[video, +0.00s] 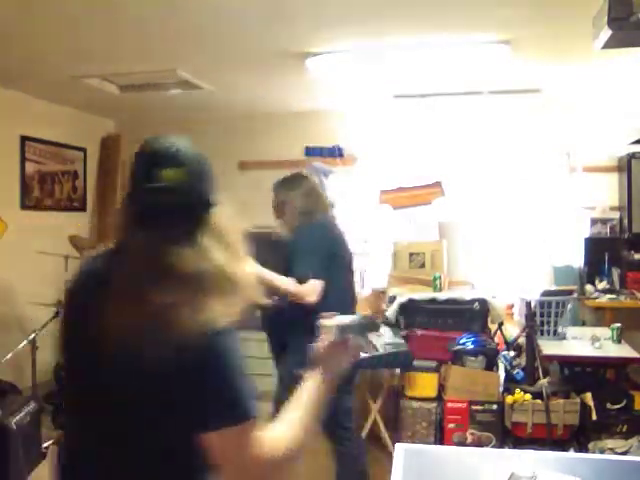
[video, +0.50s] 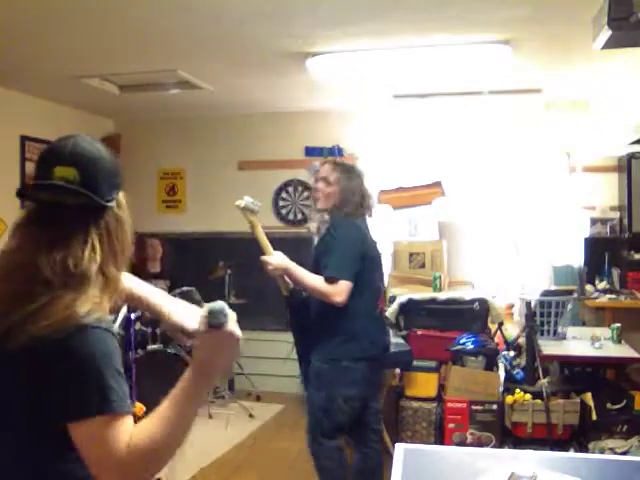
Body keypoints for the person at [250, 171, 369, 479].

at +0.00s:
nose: (277, 214)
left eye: (280, 205)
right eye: (277, 206)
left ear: (297, 202)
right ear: (308, 200)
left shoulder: (312, 231)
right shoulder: (326, 230)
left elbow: (310, 293)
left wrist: (259, 273)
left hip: (314, 344)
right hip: (336, 341)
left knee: (284, 426)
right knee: (342, 426)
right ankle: (354, 472)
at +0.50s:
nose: (316, 187)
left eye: (325, 182)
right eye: (316, 181)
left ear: (346, 189)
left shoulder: (343, 230)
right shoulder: (353, 228)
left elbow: (338, 293)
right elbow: (329, 292)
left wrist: (288, 266)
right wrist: (289, 280)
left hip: (342, 354)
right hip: (365, 351)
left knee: (324, 440)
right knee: (367, 437)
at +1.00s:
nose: (307, 199)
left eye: (314, 192)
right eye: (308, 192)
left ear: (333, 196)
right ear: (339, 197)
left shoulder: (333, 228)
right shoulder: (362, 231)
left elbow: (329, 284)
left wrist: (279, 271)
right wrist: (286, 285)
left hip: (347, 356)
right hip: (378, 353)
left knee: (333, 442)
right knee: (372, 436)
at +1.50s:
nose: (340, 204)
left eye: (344, 197)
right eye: (340, 198)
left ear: (361, 198)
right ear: (371, 200)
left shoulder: (364, 225)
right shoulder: (389, 233)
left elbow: (361, 275)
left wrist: (309, 267)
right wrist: (320, 280)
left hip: (356, 346)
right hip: (385, 347)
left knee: (325, 423)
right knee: (373, 429)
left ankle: (323, 474)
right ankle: (377, 476)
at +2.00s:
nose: (349, 205)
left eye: (351, 200)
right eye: (350, 200)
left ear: (359, 200)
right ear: (384, 199)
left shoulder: (365, 228)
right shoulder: (394, 235)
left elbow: (354, 278)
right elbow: (389, 293)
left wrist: (302, 270)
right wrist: (323, 282)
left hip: (356, 348)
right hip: (386, 349)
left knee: (325, 423)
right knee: (375, 429)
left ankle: (321, 475)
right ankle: (377, 476)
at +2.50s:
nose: (359, 204)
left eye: (361, 199)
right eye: (360, 198)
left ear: (366, 199)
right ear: (394, 199)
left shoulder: (370, 227)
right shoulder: (401, 235)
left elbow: (352, 277)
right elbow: (391, 289)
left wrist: (306, 268)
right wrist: (342, 266)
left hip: (358, 346)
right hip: (390, 347)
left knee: (326, 422)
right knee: (376, 428)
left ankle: (320, 474)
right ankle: (377, 476)